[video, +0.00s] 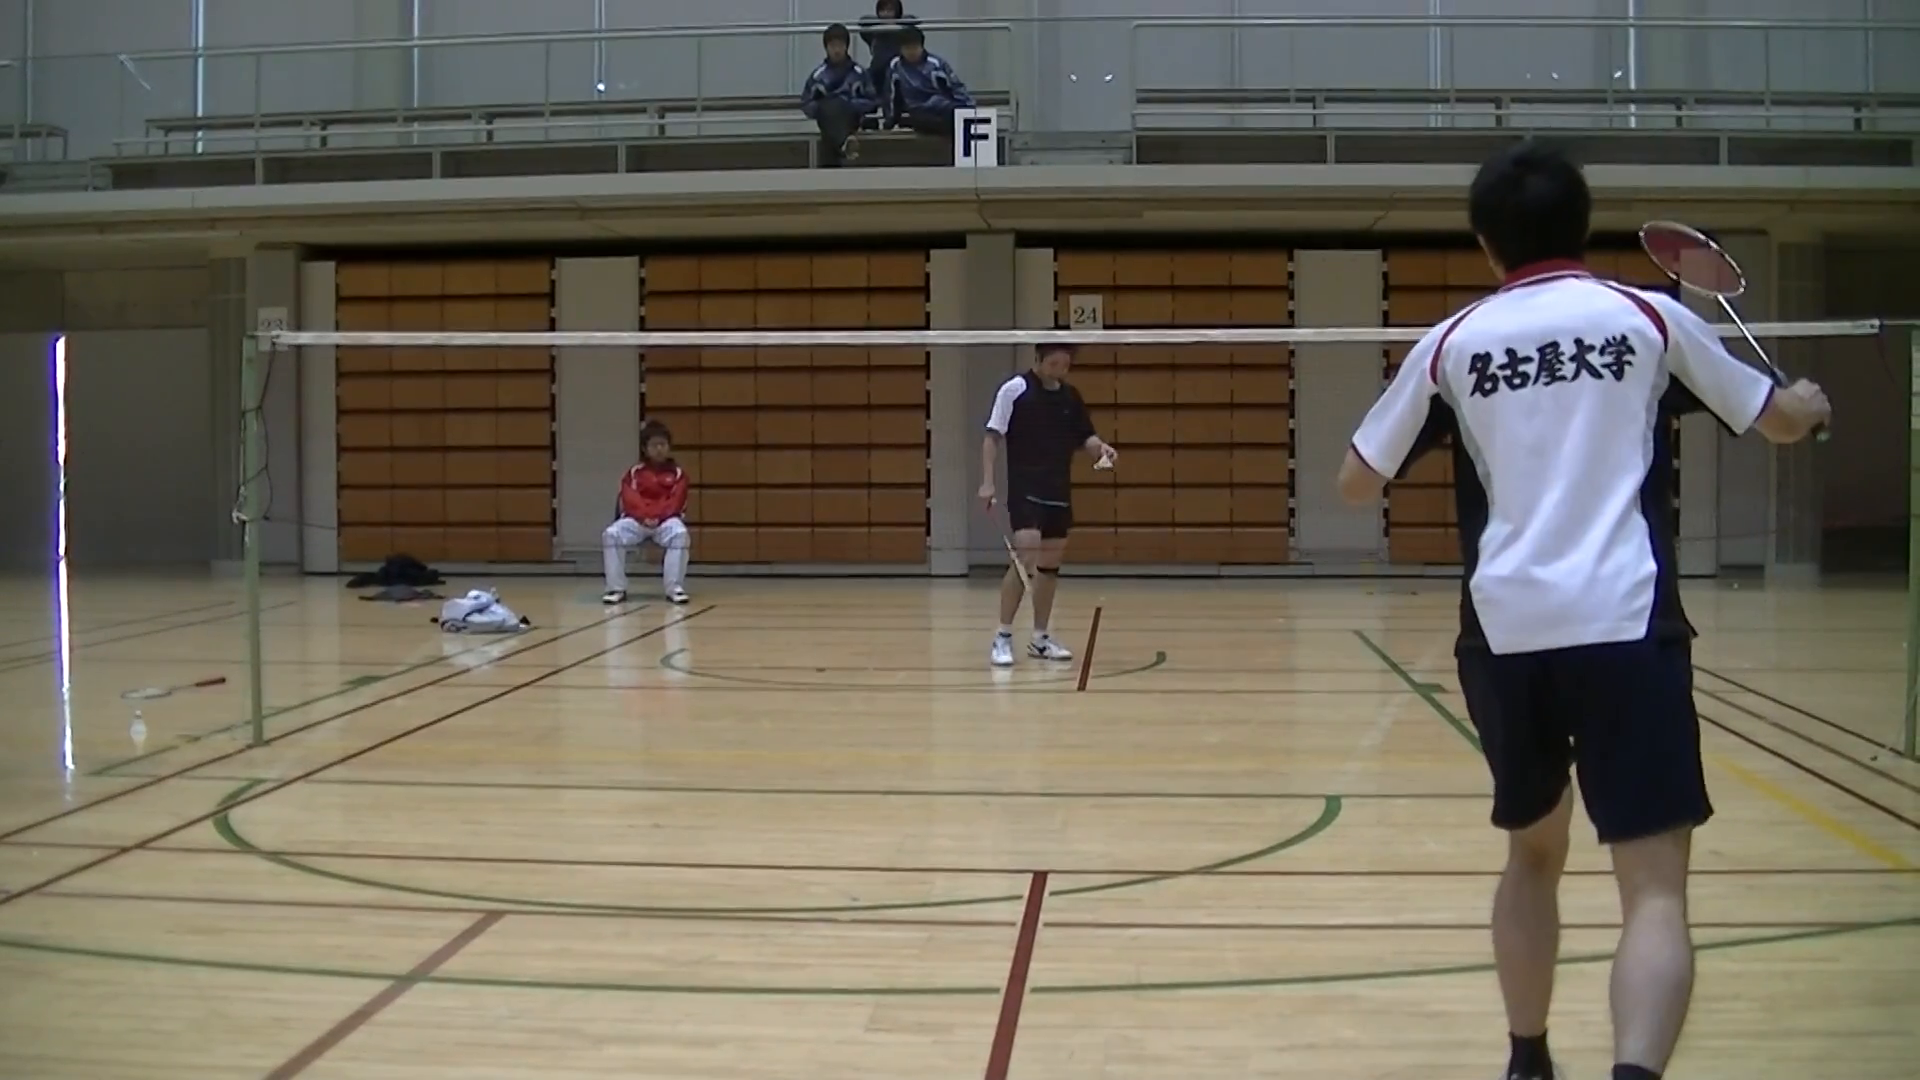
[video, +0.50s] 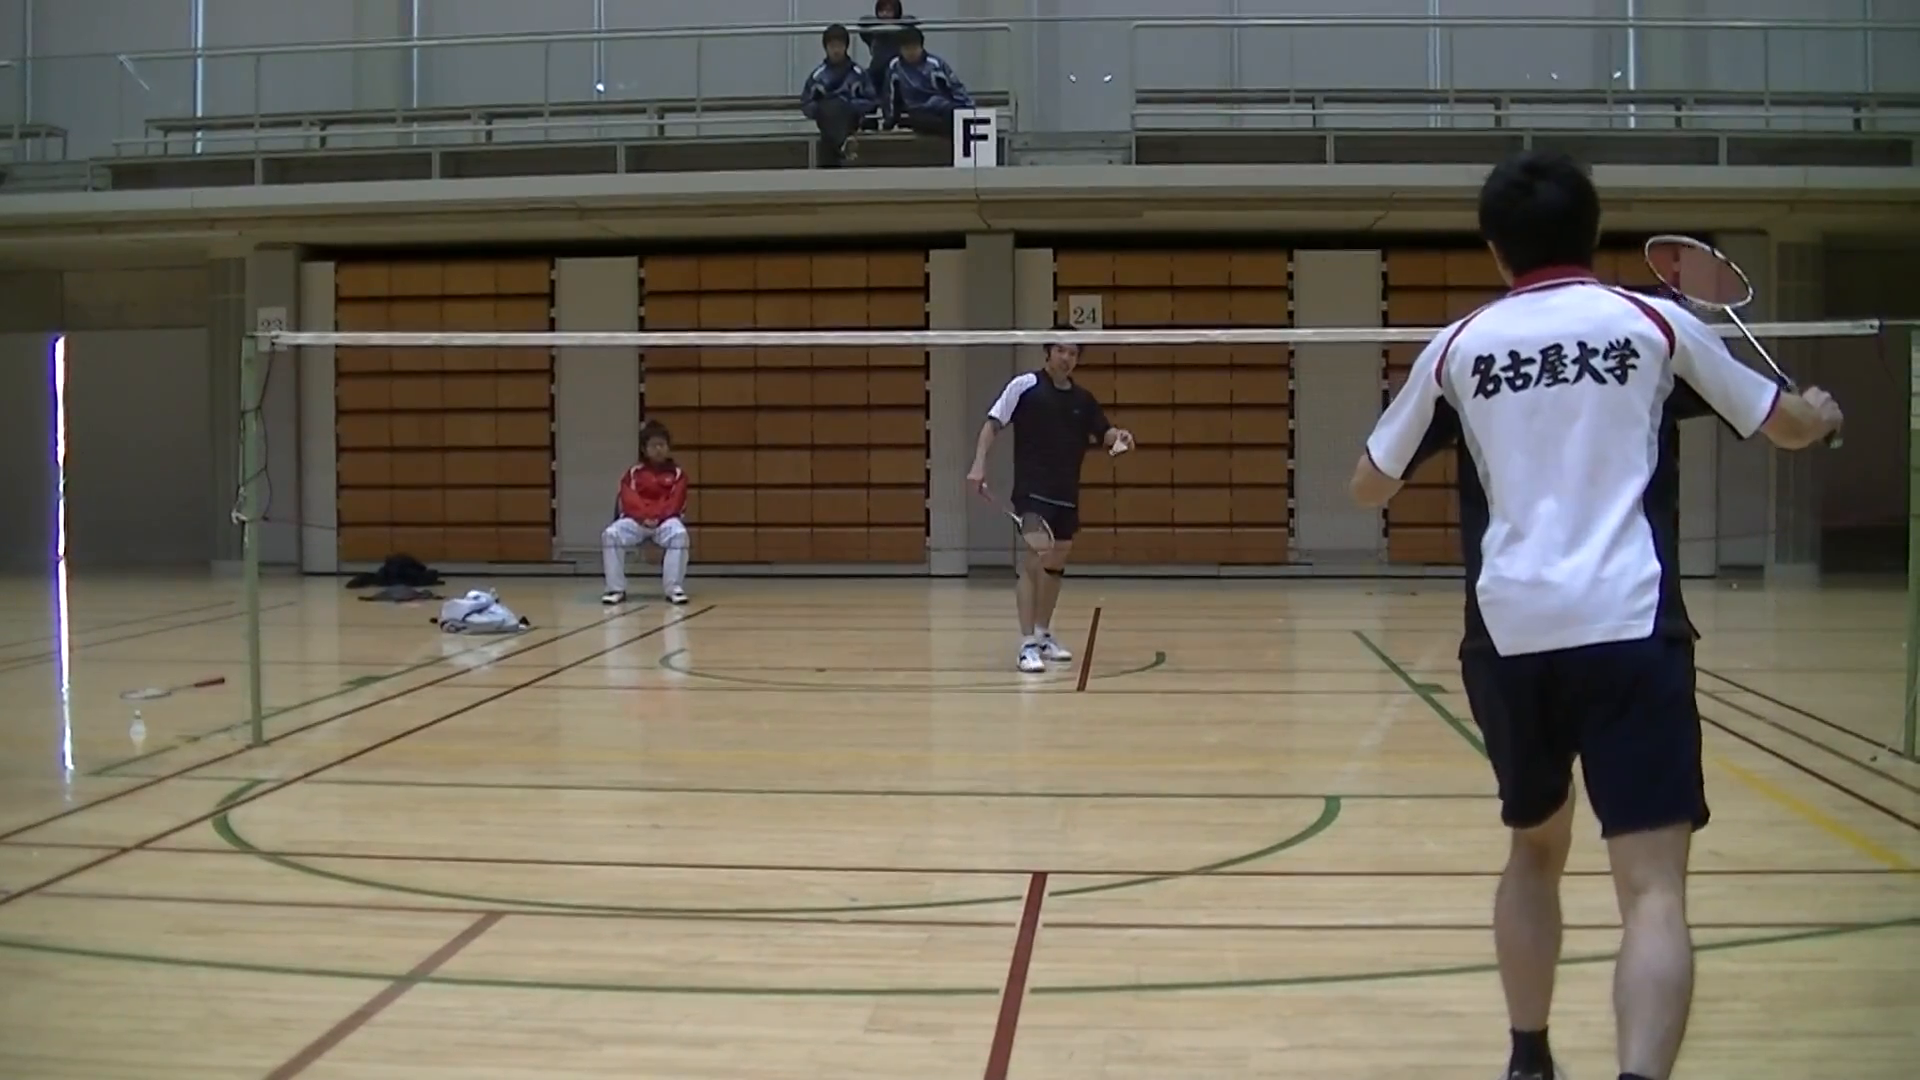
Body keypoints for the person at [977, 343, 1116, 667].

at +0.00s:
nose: (1062, 370)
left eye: (1065, 365)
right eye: (1057, 364)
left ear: (1068, 365)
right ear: (1040, 361)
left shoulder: (1069, 395)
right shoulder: (1014, 389)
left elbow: (1086, 436)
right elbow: (992, 437)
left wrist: (1100, 448)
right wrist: (988, 482)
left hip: (1058, 489)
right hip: (1025, 488)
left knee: (1050, 565)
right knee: (1026, 556)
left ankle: (1040, 638)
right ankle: (1003, 638)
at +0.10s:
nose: (1065, 367)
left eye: (1070, 361)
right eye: (1060, 360)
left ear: (1075, 363)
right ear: (1044, 357)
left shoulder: (1075, 396)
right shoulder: (1019, 387)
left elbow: (1092, 437)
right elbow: (995, 435)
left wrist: (1108, 447)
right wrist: (989, 480)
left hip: (1062, 489)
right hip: (1028, 487)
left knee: (1052, 564)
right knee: (1029, 553)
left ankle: (1040, 638)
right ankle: (1009, 635)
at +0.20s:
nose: (1067, 363)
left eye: (1073, 357)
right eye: (1062, 355)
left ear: (1078, 361)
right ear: (1047, 356)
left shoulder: (1079, 397)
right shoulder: (1023, 387)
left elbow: (1097, 435)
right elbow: (997, 432)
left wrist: (1113, 444)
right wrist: (987, 478)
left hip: (1063, 490)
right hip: (1029, 487)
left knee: (1052, 565)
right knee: (1029, 558)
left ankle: (1041, 638)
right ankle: (1016, 640)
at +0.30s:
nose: (1068, 361)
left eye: (1073, 356)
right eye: (1062, 354)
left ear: (1079, 361)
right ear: (1048, 356)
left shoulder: (1081, 398)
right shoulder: (1025, 387)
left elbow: (1101, 436)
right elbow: (997, 431)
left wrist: (1116, 442)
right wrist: (985, 474)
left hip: (1066, 495)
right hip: (1032, 492)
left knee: (1053, 568)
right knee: (1028, 565)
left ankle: (1041, 637)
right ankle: (1024, 642)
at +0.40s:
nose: (1068, 361)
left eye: (1074, 355)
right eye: (1062, 353)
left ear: (1079, 361)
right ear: (1048, 355)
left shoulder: (1082, 399)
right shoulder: (1025, 387)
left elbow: (1104, 436)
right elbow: (995, 429)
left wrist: (1120, 441)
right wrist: (982, 469)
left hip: (1067, 496)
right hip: (1032, 493)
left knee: (1053, 570)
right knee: (1031, 568)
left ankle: (1042, 638)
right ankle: (1026, 645)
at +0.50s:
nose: (1068, 358)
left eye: (1073, 353)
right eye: (1062, 351)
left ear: (1078, 359)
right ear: (1048, 352)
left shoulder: (1082, 398)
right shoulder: (1024, 385)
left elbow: (1105, 432)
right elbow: (992, 425)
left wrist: (1119, 437)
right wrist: (978, 466)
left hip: (1066, 495)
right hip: (1032, 492)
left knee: (1055, 566)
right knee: (1034, 561)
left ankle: (1043, 637)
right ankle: (1028, 645)